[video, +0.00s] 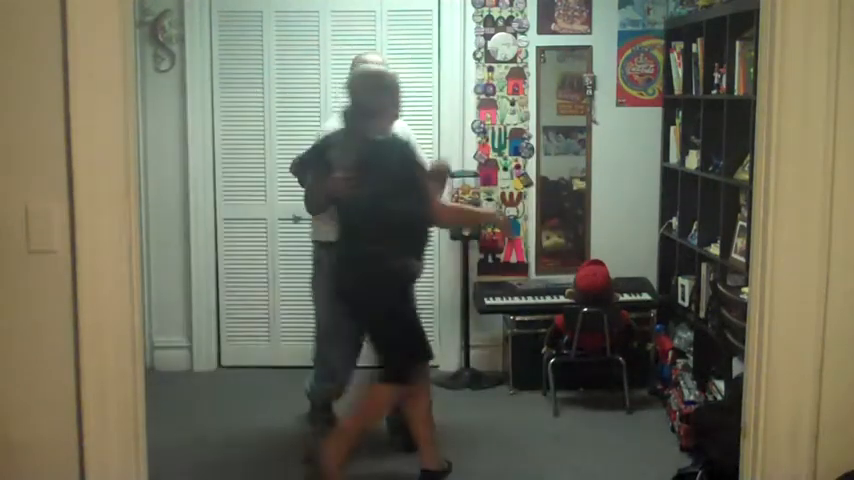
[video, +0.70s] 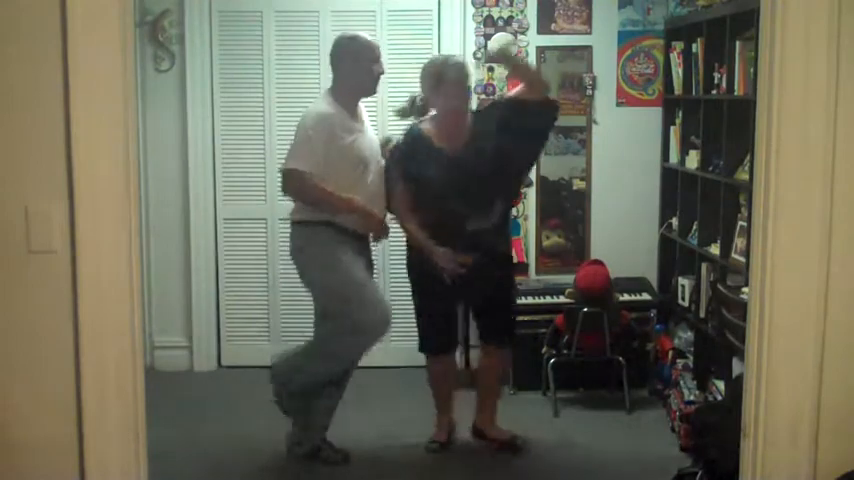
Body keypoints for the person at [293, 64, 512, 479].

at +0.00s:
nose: (399, 106)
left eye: (396, 98)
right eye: (396, 99)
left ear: (357, 103)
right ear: (390, 105)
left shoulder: (342, 149)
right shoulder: (396, 151)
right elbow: (436, 214)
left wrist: (431, 184)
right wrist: (489, 217)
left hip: (354, 272)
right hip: (384, 275)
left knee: (413, 363)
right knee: (400, 368)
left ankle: (430, 461)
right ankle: (335, 451)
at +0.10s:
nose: (412, 107)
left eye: (403, 100)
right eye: (412, 100)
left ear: (375, 102)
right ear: (413, 104)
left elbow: (312, 182)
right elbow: (458, 212)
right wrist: (485, 223)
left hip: (363, 270)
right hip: (416, 272)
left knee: (408, 358)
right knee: (454, 352)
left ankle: (426, 453)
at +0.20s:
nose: (367, 88)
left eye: (369, 81)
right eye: (358, 81)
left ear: (370, 87)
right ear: (336, 86)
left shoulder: (375, 132)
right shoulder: (317, 130)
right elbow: (308, 162)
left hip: (363, 252)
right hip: (317, 251)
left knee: (372, 346)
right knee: (315, 338)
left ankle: (353, 423)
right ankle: (318, 406)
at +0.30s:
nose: (363, 87)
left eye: (364, 80)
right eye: (355, 80)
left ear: (361, 87)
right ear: (329, 85)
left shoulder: (369, 128)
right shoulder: (308, 134)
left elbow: (393, 167)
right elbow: (336, 190)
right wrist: (396, 206)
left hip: (359, 253)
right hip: (310, 256)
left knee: (363, 337)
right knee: (314, 345)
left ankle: (312, 424)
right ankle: (322, 432)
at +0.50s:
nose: (368, 83)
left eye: (367, 76)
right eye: (359, 76)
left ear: (358, 81)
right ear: (333, 80)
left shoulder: (360, 127)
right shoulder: (306, 130)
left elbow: (366, 171)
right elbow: (310, 197)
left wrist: (402, 150)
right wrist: (379, 230)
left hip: (355, 256)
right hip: (309, 256)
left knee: (350, 352)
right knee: (312, 346)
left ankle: (316, 436)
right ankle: (300, 415)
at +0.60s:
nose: (374, 72)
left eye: (373, 65)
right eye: (364, 66)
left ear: (364, 73)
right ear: (335, 72)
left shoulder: (358, 122)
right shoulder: (311, 124)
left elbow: (366, 186)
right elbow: (298, 193)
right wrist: (363, 226)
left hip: (355, 249)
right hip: (314, 245)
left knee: (353, 346)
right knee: (338, 330)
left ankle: (307, 437)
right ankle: (283, 363)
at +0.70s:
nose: (382, 70)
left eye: (381, 63)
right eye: (373, 63)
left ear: (364, 70)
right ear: (345, 67)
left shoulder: (361, 122)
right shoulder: (318, 119)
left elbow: (365, 183)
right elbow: (292, 181)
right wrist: (357, 209)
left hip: (352, 242)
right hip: (318, 239)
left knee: (337, 341)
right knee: (371, 318)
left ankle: (307, 439)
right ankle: (289, 376)